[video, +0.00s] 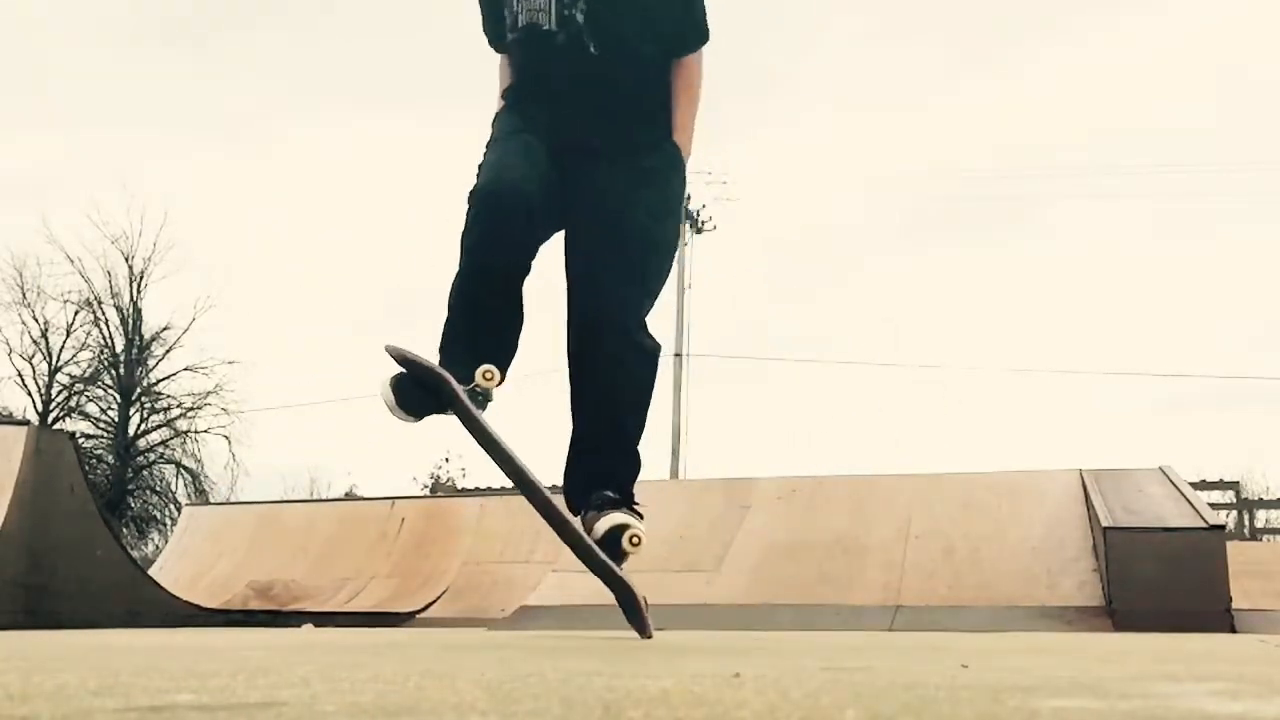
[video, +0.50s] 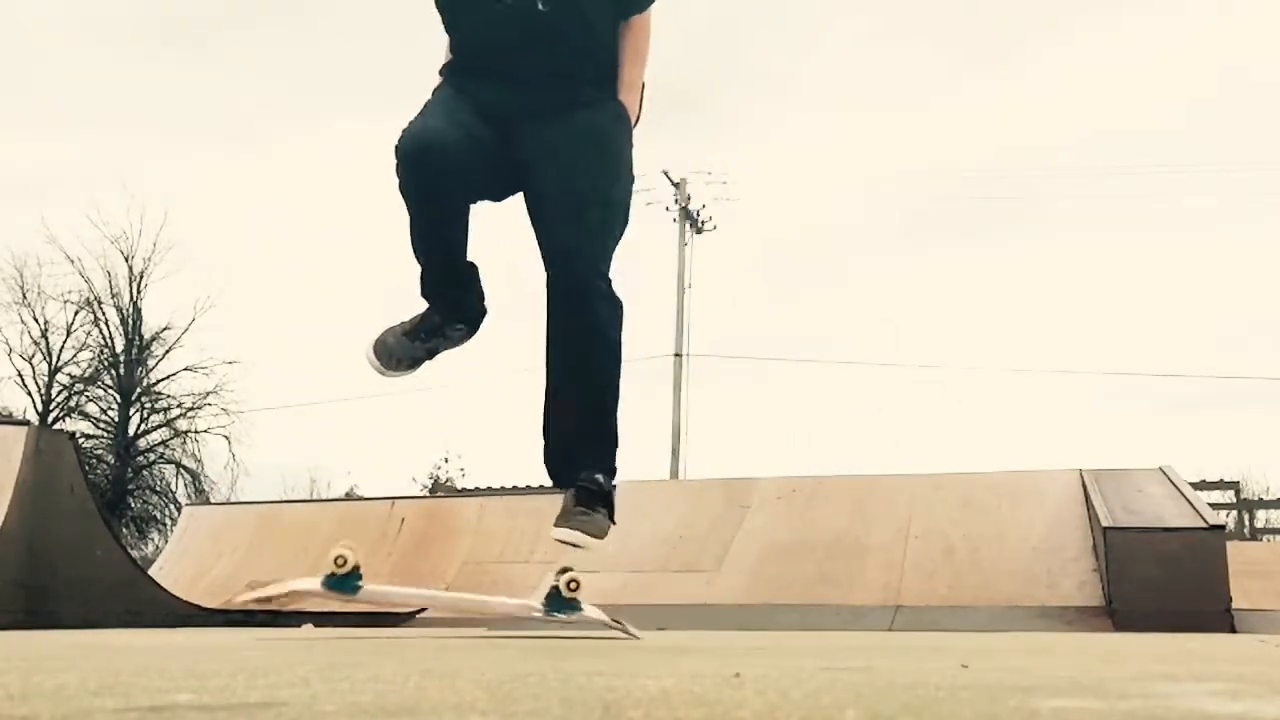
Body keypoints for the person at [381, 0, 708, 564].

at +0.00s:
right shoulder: (501, 4)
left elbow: (687, 47)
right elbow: (509, 52)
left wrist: (677, 157)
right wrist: (503, 132)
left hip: (633, 128)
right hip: (536, 122)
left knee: (612, 325)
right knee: (502, 198)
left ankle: (603, 496)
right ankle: (470, 364)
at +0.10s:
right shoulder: (491, 4)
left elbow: (664, 30)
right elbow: (491, 41)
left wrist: (656, 134)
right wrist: (482, 122)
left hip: (616, 128)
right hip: (513, 120)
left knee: (602, 315)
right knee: (466, 209)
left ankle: (597, 497)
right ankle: (450, 371)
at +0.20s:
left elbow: (651, 21)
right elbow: (478, 36)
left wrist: (641, 117)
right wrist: (466, 102)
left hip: (601, 106)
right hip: (498, 100)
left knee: (596, 305)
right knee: (449, 185)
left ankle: (592, 500)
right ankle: (454, 340)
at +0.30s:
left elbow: (644, 17)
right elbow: (469, 30)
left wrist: (632, 117)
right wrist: (462, 85)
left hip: (592, 95)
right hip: (491, 88)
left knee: (590, 298)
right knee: (439, 169)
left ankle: (591, 496)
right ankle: (455, 324)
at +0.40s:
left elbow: (639, 14)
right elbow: (464, 30)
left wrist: (628, 113)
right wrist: (455, 83)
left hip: (585, 98)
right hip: (485, 88)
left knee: (586, 295)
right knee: (432, 159)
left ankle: (590, 488)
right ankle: (454, 316)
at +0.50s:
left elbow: (635, 13)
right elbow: (462, 31)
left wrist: (622, 113)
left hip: (580, 97)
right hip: (479, 88)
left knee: (581, 283)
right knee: (425, 154)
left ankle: (588, 480)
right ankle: (453, 308)